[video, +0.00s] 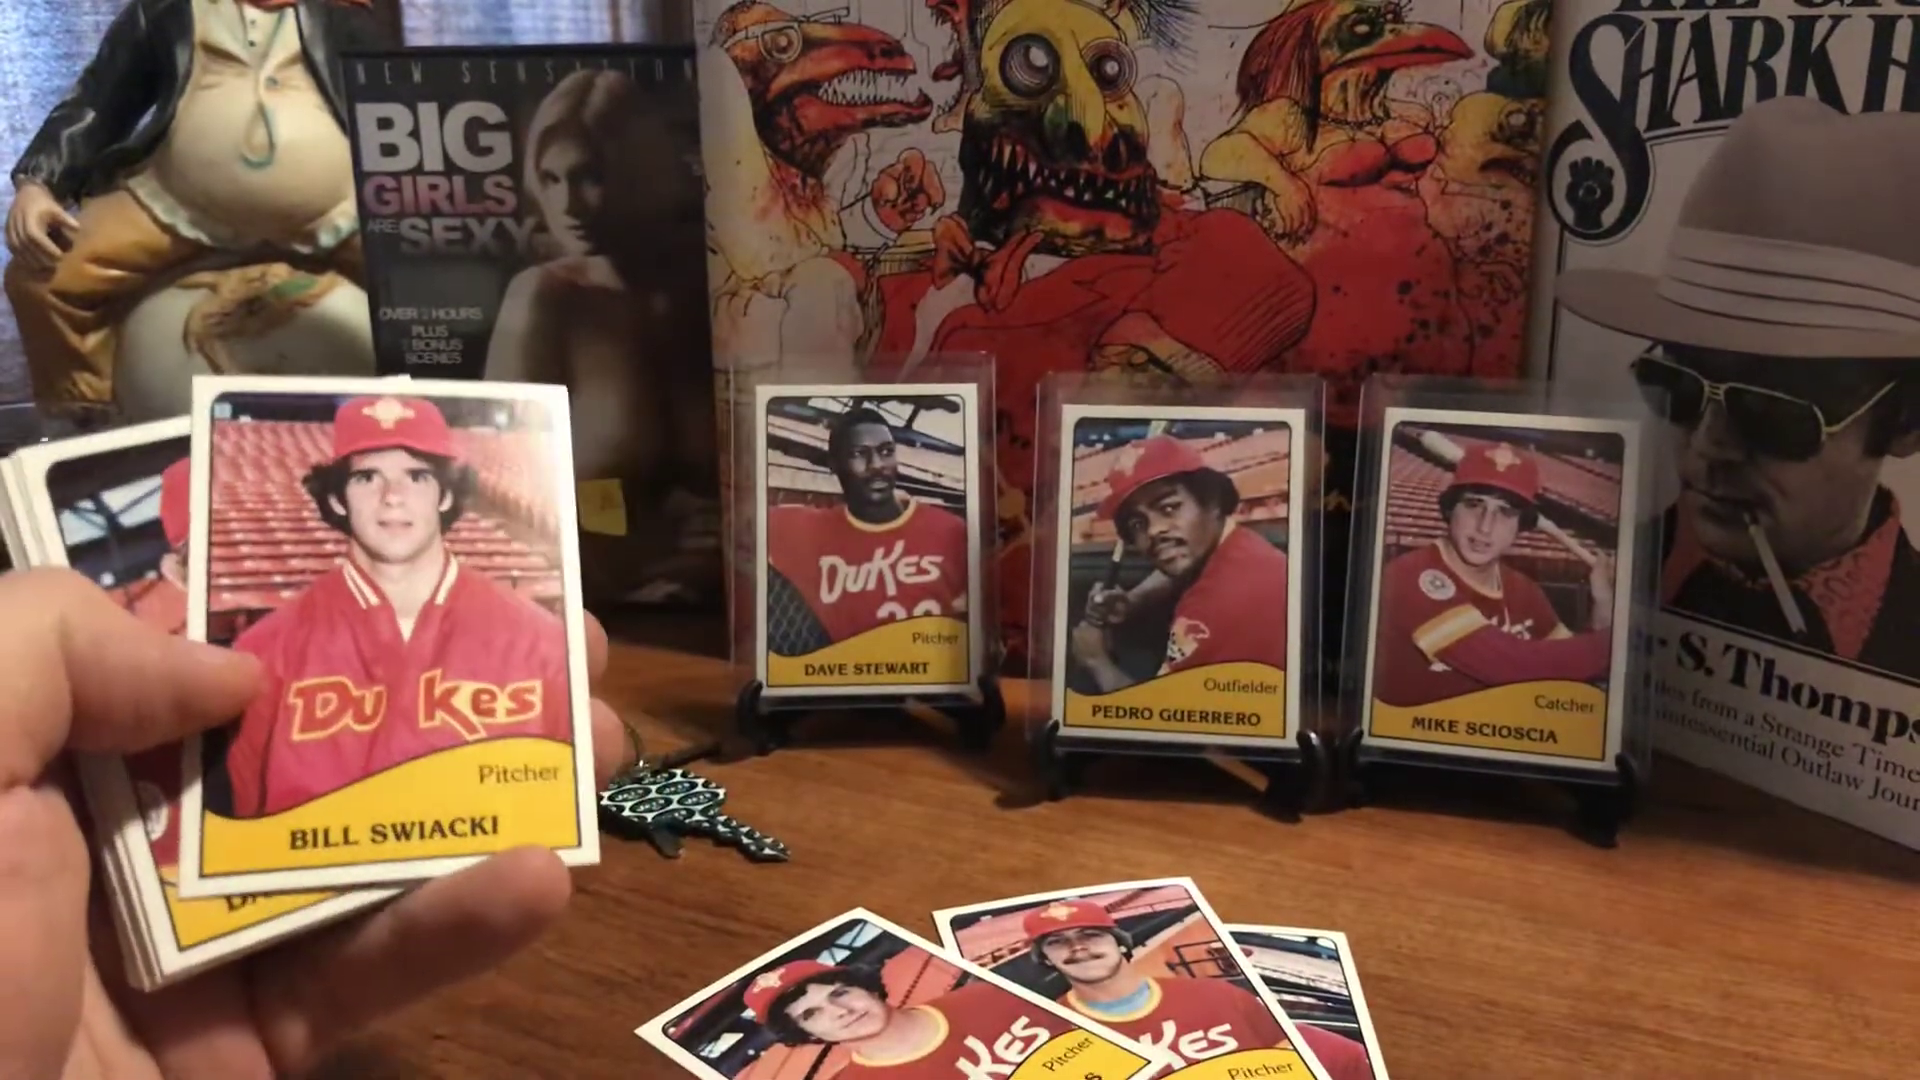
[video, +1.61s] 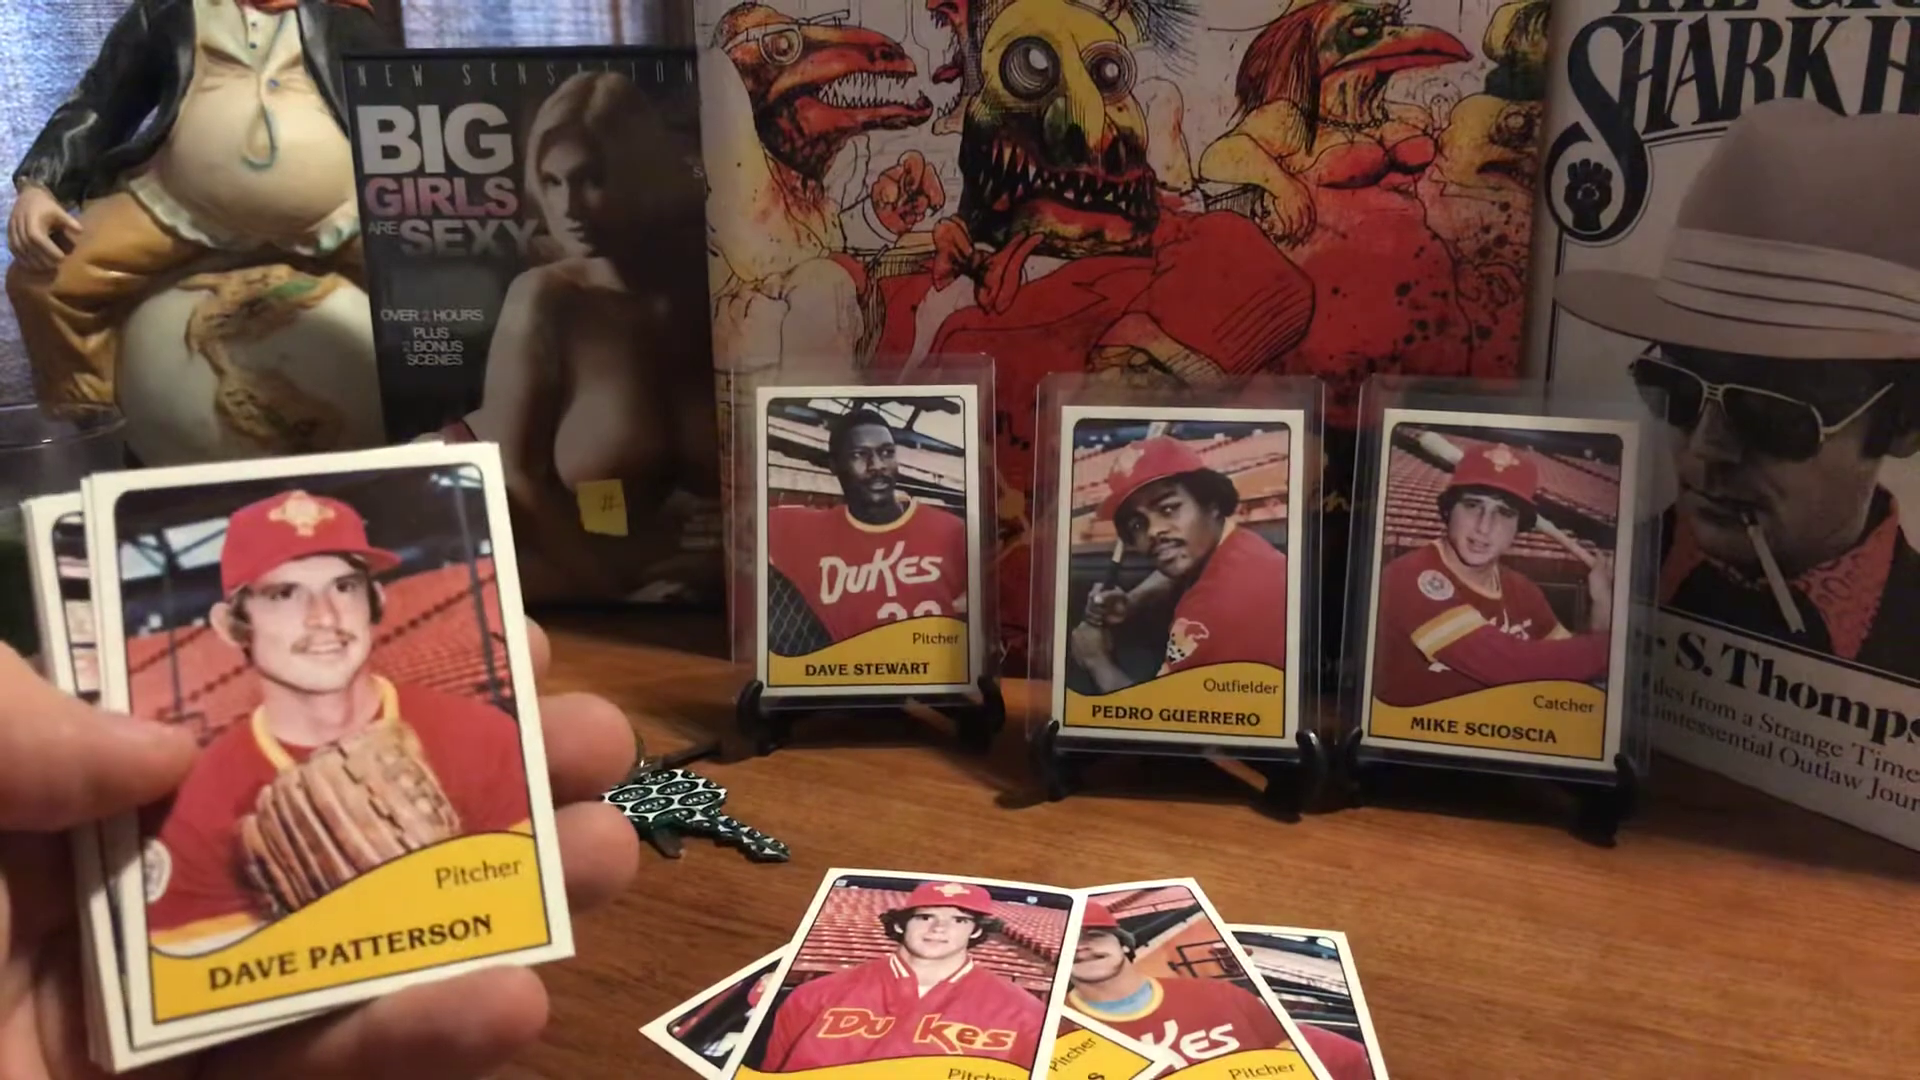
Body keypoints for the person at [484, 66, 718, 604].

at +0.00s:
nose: (570, 202)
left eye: (590, 176)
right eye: (551, 178)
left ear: (638, 177)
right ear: (535, 186)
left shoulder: (698, 294)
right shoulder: (542, 296)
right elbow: (503, 478)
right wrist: (621, 569)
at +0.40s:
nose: (569, 204)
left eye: (591, 178)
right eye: (551, 180)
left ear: (645, 178)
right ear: (535, 187)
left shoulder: (702, 298)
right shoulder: (543, 300)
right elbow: (496, 488)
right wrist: (617, 574)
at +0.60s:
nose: (569, 205)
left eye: (591, 179)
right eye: (552, 182)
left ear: (644, 178)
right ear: (535, 189)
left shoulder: (692, 297)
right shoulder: (544, 299)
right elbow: (514, 464)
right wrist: (608, 575)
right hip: (481, 464)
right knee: (428, 539)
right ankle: (614, 584)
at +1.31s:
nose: (569, 206)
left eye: (592, 178)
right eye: (551, 181)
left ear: (643, 178)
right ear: (537, 188)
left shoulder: (701, 297)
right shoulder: (543, 300)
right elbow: (512, 474)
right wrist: (610, 579)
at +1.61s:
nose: (570, 205)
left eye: (593, 179)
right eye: (553, 182)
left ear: (638, 179)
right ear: (537, 189)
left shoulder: (699, 294)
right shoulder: (543, 298)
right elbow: (508, 470)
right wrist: (609, 577)